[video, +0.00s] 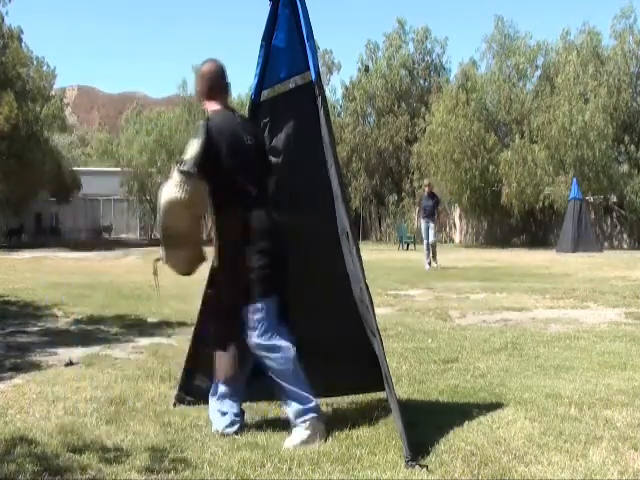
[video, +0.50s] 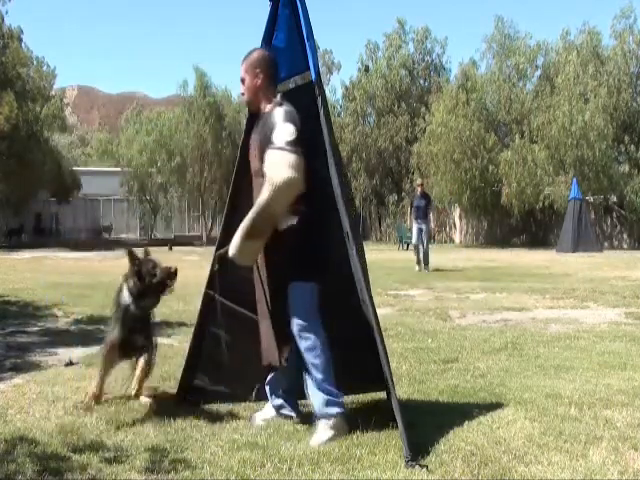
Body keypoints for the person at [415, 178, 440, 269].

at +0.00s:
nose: (427, 188)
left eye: (428, 186)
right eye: (425, 186)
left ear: (431, 187)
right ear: (424, 187)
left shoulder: (435, 198)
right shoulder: (422, 198)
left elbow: (437, 210)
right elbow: (419, 209)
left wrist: (438, 221)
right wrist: (417, 219)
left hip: (432, 220)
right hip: (424, 219)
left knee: (432, 241)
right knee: (426, 241)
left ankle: (434, 259)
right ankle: (428, 262)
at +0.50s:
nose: (420, 188)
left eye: (421, 185)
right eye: (418, 186)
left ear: (423, 186)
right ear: (416, 187)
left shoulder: (427, 197)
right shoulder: (413, 197)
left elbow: (430, 211)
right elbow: (410, 210)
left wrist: (432, 223)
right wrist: (410, 221)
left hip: (425, 221)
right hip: (416, 221)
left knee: (425, 244)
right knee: (415, 243)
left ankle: (426, 264)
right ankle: (417, 263)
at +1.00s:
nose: (404, 185)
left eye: (406, 183)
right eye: (403, 183)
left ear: (409, 183)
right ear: (401, 184)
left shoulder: (414, 194)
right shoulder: (400, 195)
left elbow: (418, 208)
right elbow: (396, 207)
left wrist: (420, 220)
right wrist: (395, 218)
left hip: (412, 218)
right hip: (403, 218)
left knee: (410, 241)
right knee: (405, 241)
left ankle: (412, 262)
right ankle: (409, 262)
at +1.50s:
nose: (393, 184)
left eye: (395, 181)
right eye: (391, 182)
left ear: (398, 182)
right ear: (389, 183)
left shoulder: (402, 194)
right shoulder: (388, 194)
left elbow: (405, 207)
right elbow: (386, 208)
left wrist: (404, 219)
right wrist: (385, 220)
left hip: (400, 221)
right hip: (391, 221)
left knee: (401, 245)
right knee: (389, 243)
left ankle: (403, 267)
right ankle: (390, 266)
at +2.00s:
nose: (374, 184)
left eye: (376, 181)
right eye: (372, 182)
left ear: (380, 182)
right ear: (370, 183)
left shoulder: (385, 194)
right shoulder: (370, 194)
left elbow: (390, 207)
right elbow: (367, 207)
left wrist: (392, 220)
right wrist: (366, 219)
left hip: (383, 218)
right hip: (373, 218)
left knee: (380, 243)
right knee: (375, 243)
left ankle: (381, 267)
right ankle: (379, 266)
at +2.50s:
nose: (359, 184)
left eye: (360, 181)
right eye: (357, 182)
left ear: (365, 181)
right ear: (355, 182)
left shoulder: (370, 192)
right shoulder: (355, 193)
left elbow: (372, 206)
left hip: (367, 218)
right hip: (357, 219)